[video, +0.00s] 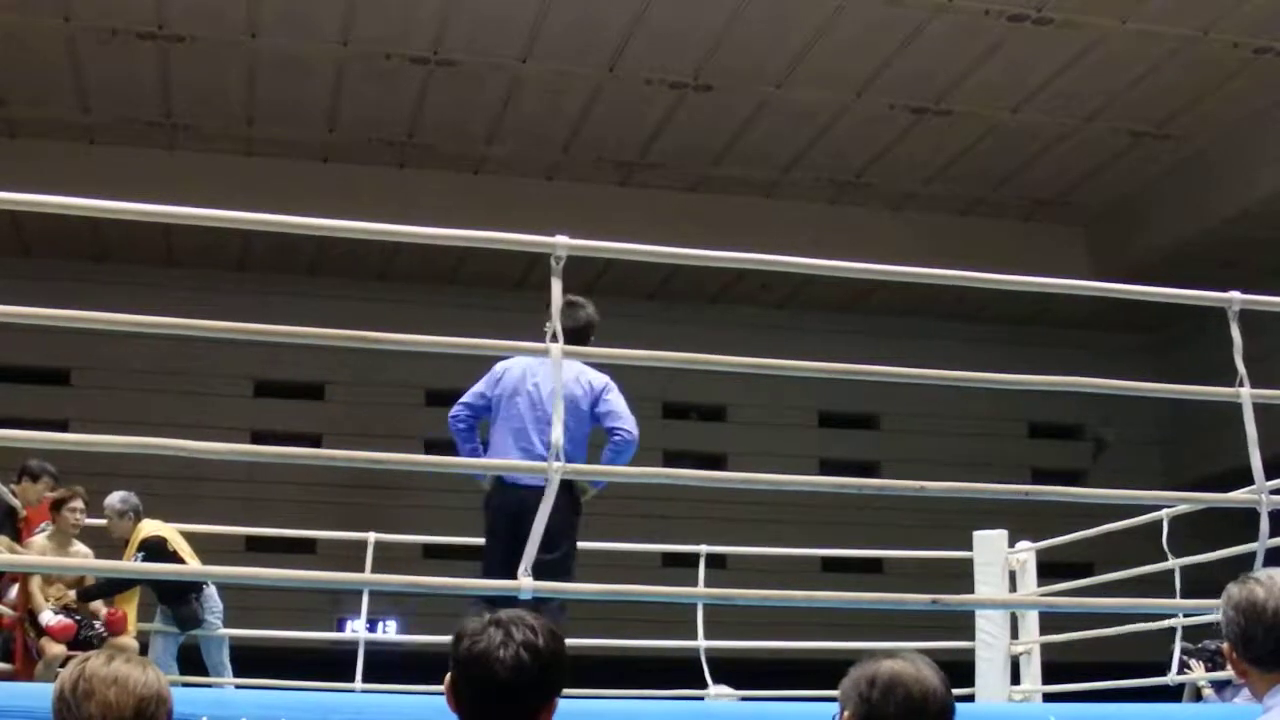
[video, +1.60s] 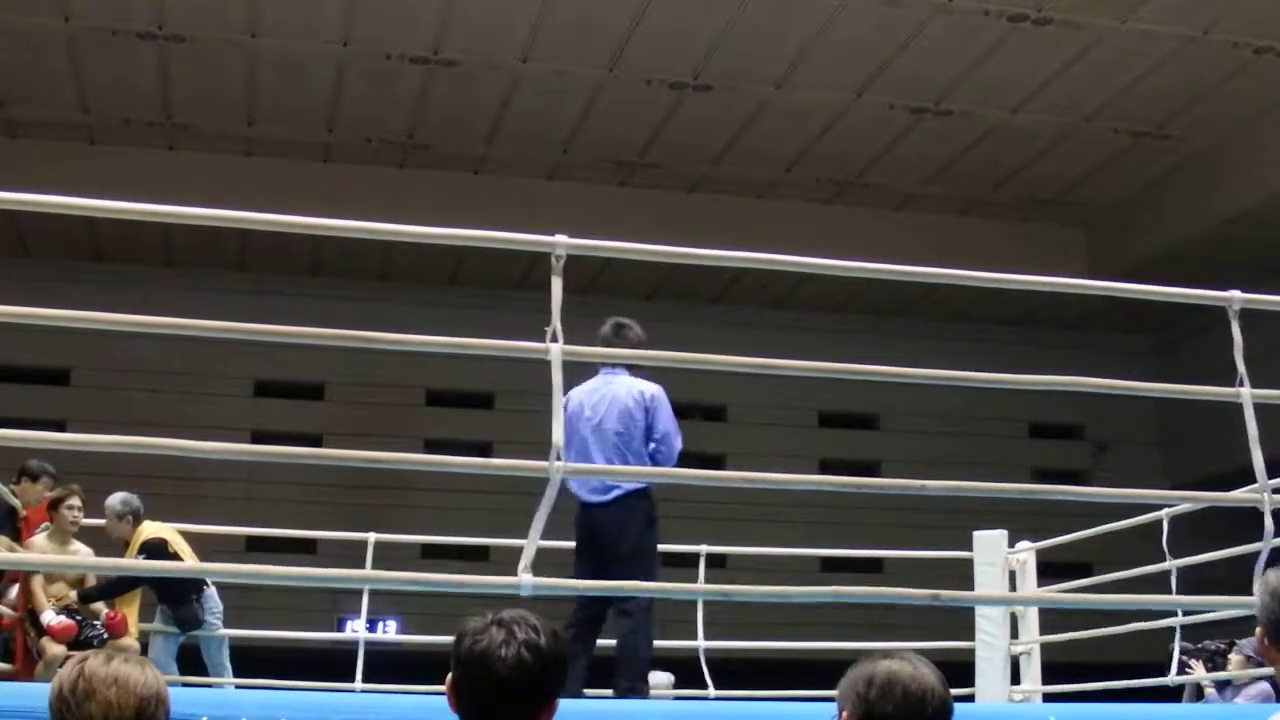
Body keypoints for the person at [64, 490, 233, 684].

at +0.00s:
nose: (107, 525)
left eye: (110, 519)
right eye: (107, 519)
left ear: (129, 517)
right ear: (126, 517)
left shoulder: (153, 539)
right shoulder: (136, 537)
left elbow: (126, 580)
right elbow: (122, 579)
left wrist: (80, 595)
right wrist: (85, 593)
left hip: (201, 600)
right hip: (171, 603)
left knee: (218, 665)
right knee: (160, 660)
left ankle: (230, 711)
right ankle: (173, 711)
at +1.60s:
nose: (105, 524)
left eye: (109, 519)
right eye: (106, 518)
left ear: (127, 521)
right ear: (127, 521)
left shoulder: (154, 542)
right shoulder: (136, 540)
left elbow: (125, 584)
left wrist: (79, 596)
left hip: (202, 601)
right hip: (170, 603)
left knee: (218, 666)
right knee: (160, 660)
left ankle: (229, 711)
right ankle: (177, 709)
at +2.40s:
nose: (105, 525)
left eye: (109, 519)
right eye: (106, 519)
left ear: (128, 520)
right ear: (128, 520)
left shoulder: (154, 543)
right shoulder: (139, 539)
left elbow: (124, 584)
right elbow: (125, 583)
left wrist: (79, 597)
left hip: (202, 600)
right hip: (171, 603)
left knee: (217, 664)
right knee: (159, 660)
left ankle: (230, 712)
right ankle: (175, 708)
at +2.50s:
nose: (106, 525)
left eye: (109, 519)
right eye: (106, 519)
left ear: (127, 520)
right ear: (128, 520)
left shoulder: (154, 542)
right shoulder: (138, 539)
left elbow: (125, 583)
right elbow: (125, 582)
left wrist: (79, 597)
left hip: (202, 600)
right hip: (171, 603)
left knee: (217, 665)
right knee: (160, 660)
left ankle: (230, 712)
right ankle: (175, 708)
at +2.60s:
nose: (106, 525)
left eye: (109, 520)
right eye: (106, 520)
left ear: (128, 520)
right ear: (129, 519)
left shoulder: (154, 543)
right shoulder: (140, 538)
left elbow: (124, 583)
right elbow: (127, 584)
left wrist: (79, 597)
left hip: (202, 600)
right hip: (171, 603)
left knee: (217, 664)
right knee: (160, 660)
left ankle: (230, 712)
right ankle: (173, 709)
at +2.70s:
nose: (107, 524)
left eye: (110, 519)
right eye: (107, 519)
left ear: (129, 520)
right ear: (129, 519)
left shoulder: (154, 542)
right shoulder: (138, 540)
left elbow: (125, 583)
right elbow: (125, 584)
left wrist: (79, 597)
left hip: (201, 600)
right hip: (170, 603)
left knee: (217, 664)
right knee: (160, 660)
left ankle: (230, 712)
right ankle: (174, 709)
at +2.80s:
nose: (109, 524)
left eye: (112, 518)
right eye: (109, 519)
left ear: (132, 519)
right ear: (131, 518)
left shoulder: (156, 541)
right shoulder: (139, 538)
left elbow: (125, 583)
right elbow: (125, 581)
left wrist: (78, 597)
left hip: (201, 601)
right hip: (170, 604)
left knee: (218, 666)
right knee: (159, 661)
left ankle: (231, 714)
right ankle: (174, 709)